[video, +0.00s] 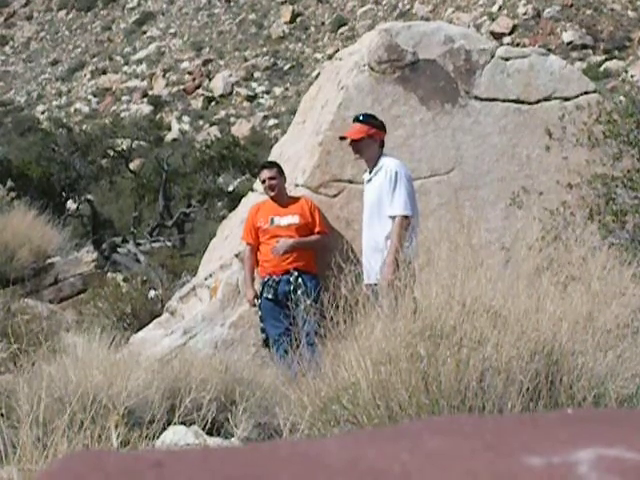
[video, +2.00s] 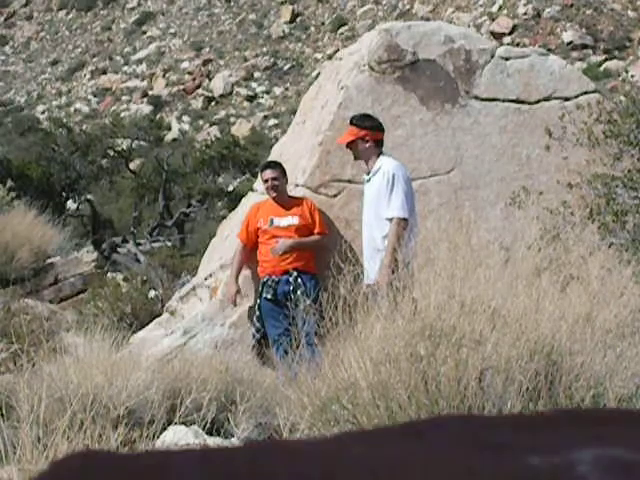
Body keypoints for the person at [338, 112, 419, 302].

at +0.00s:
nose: (352, 147)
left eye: (357, 140)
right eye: (351, 141)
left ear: (376, 138)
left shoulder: (394, 169)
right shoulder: (369, 177)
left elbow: (402, 218)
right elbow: (372, 227)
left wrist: (391, 264)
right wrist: (368, 275)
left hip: (390, 274)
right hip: (373, 275)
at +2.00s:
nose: (349, 147)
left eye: (353, 142)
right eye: (349, 142)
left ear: (368, 141)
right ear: (366, 142)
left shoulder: (393, 171)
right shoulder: (371, 176)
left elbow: (399, 222)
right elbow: (375, 226)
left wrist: (386, 270)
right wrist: (370, 274)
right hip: (373, 277)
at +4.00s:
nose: (352, 147)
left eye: (356, 142)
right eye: (352, 143)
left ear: (373, 140)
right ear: (371, 141)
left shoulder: (395, 169)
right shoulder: (376, 173)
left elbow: (400, 220)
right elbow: (380, 222)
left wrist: (382, 266)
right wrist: (371, 260)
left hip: (400, 265)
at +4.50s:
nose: (367, 146)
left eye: (368, 141)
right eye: (367, 141)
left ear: (379, 142)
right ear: (390, 140)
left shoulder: (406, 171)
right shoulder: (398, 169)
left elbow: (405, 225)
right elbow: (402, 224)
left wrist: (390, 266)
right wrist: (391, 263)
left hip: (411, 266)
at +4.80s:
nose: (377, 141)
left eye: (378, 136)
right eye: (377, 136)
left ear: (387, 138)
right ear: (405, 135)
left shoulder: (406, 169)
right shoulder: (425, 162)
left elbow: (405, 227)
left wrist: (388, 270)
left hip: (418, 261)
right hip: (438, 257)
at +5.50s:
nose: (388, 145)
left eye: (388, 139)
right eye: (387, 139)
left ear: (398, 138)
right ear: (415, 135)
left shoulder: (409, 169)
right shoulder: (436, 161)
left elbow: (404, 223)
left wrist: (390, 253)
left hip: (423, 250)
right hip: (448, 246)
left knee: (421, 309)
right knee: (443, 309)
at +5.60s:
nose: (392, 147)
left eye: (392, 141)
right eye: (391, 142)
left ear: (401, 139)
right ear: (417, 137)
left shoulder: (412, 169)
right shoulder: (438, 161)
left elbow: (393, 223)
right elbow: (422, 209)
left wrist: (363, 246)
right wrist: (384, 227)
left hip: (425, 252)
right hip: (450, 248)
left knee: (423, 312)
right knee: (442, 311)